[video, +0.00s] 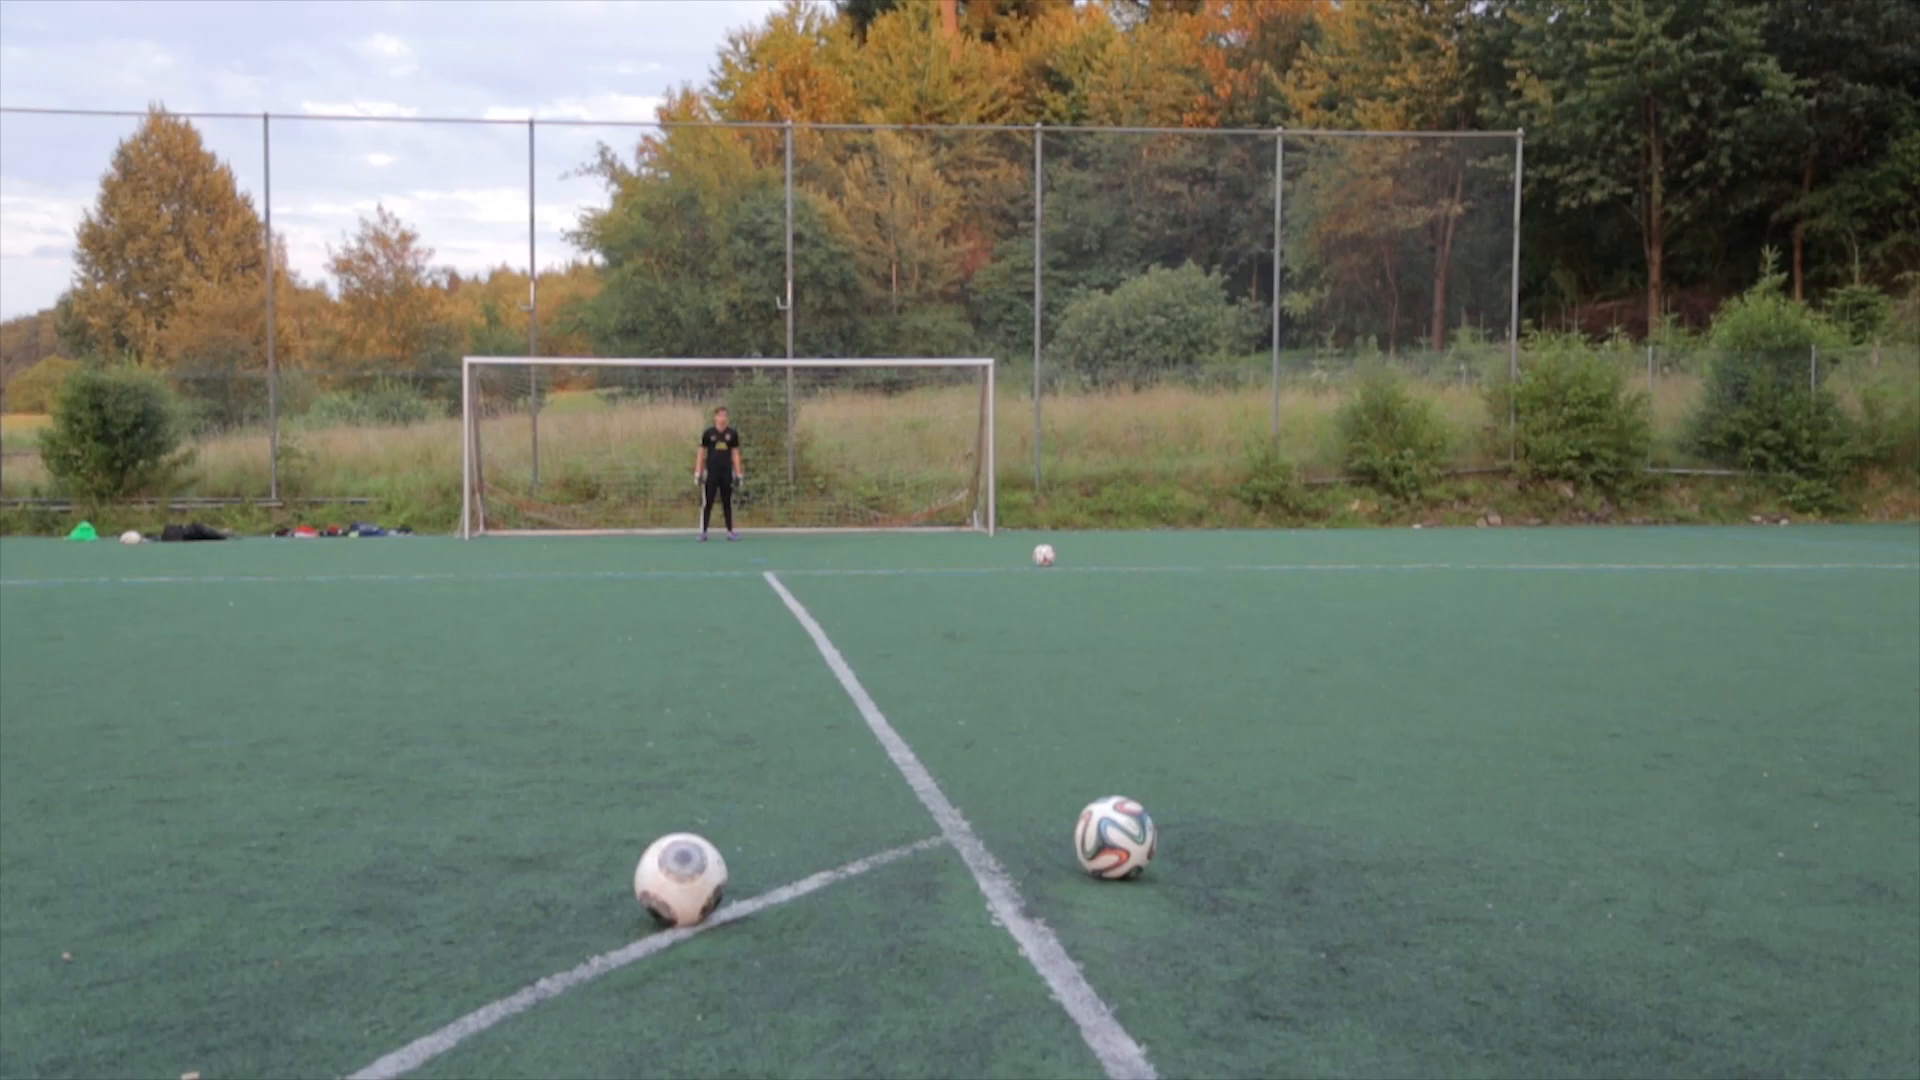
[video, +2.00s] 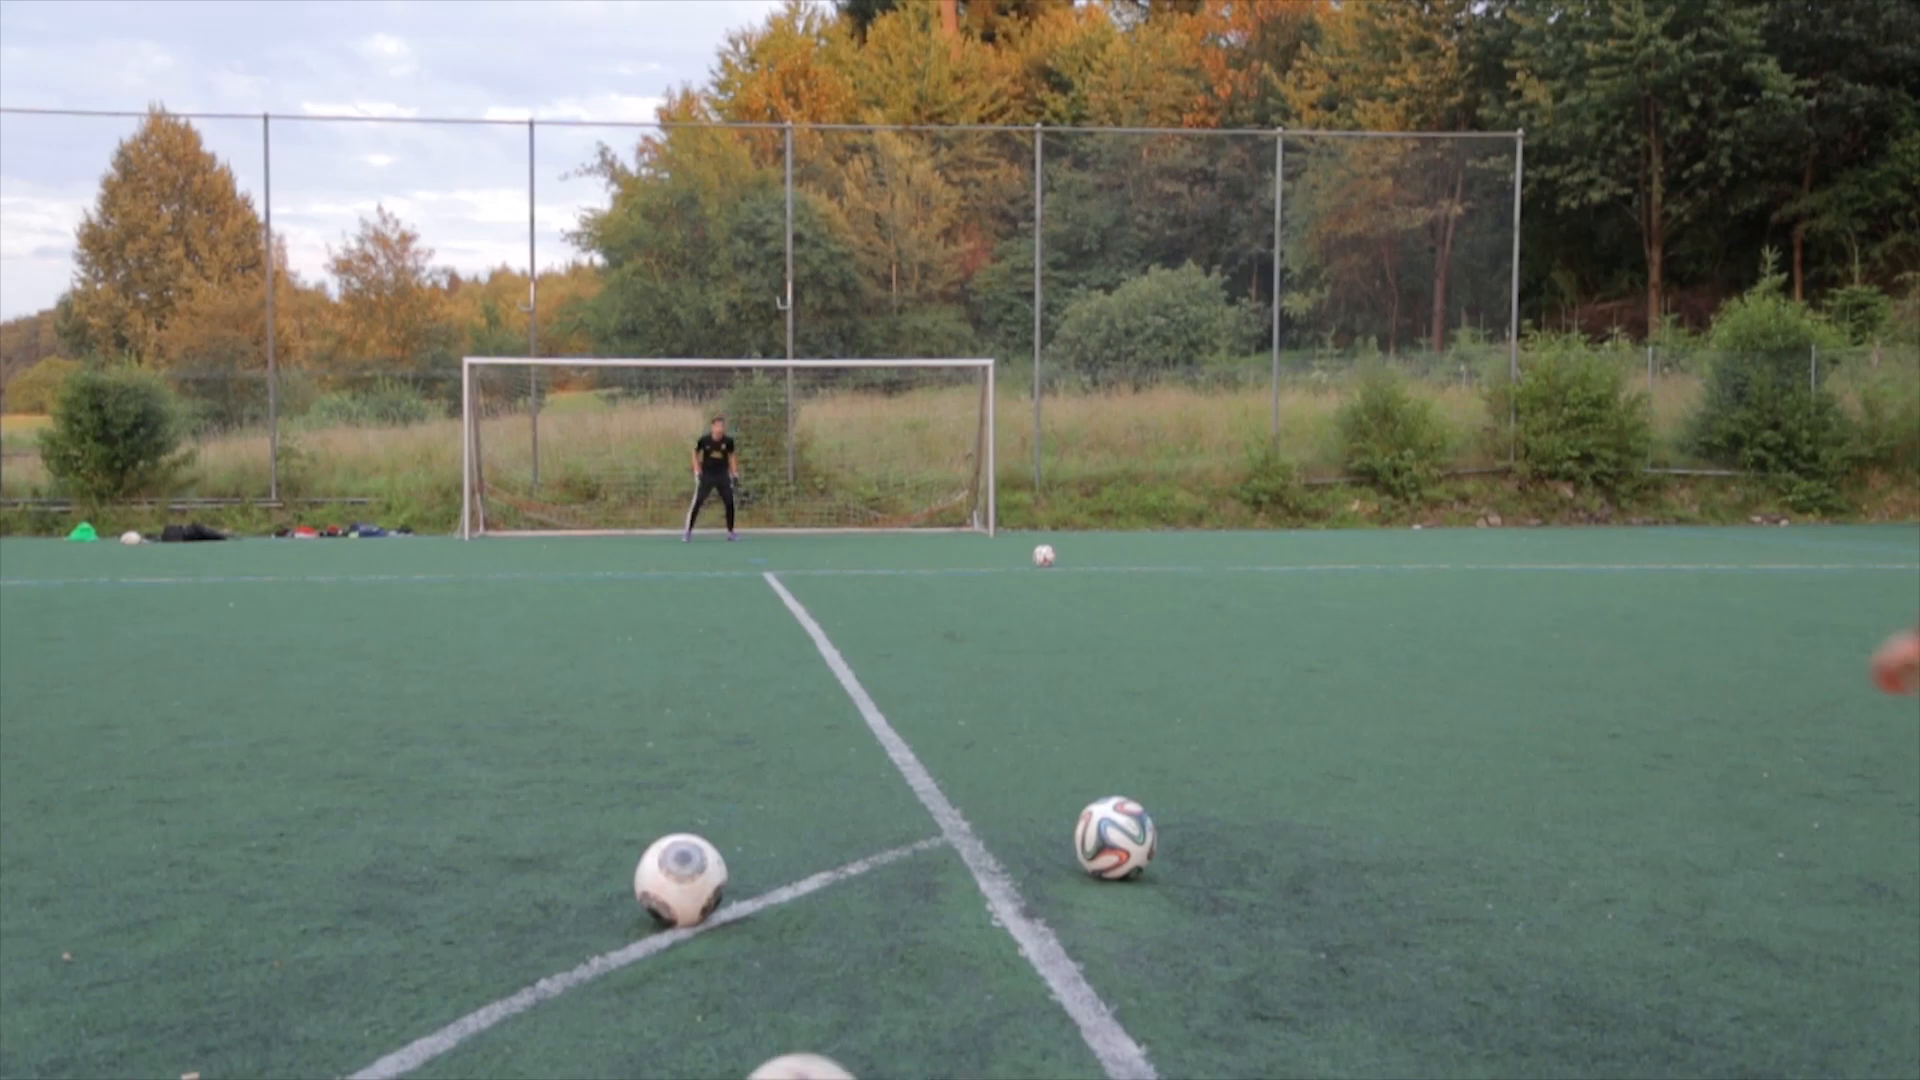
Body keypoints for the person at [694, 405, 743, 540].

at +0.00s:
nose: (723, 419)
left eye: (725, 416)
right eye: (720, 416)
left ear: (728, 418)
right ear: (715, 418)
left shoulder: (732, 434)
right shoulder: (708, 433)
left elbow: (735, 453)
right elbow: (702, 452)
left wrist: (738, 472)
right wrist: (698, 471)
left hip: (726, 473)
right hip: (711, 473)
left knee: (727, 503)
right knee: (708, 503)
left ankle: (730, 530)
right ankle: (703, 530)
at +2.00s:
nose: (718, 429)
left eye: (720, 426)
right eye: (716, 426)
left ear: (724, 428)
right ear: (712, 427)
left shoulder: (728, 442)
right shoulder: (704, 441)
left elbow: (731, 456)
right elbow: (695, 453)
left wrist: (734, 471)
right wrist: (697, 469)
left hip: (723, 476)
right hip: (706, 476)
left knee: (729, 503)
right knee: (697, 502)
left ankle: (730, 530)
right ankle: (688, 531)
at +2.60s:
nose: (726, 446)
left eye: (728, 443)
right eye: (723, 443)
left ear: (731, 444)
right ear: (719, 444)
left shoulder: (736, 457)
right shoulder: (712, 457)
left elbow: (741, 473)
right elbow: (704, 472)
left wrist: (743, 488)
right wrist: (700, 488)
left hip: (731, 486)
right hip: (714, 485)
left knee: (739, 507)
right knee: (704, 507)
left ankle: (747, 532)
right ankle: (699, 534)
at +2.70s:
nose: (731, 445)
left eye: (734, 442)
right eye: (729, 442)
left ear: (736, 443)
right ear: (725, 443)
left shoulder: (743, 456)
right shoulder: (719, 456)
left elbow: (747, 471)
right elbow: (711, 472)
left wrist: (749, 486)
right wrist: (707, 487)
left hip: (738, 486)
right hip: (721, 486)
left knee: (744, 508)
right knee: (710, 508)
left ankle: (748, 532)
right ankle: (701, 533)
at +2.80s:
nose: (737, 442)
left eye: (739, 439)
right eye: (735, 439)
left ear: (743, 439)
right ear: (731, 439)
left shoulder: (750, 450)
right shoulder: (725, 451)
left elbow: (755, 464)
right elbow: (717, 465)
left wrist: (758, 478)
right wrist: (713, 482)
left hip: (746, 482)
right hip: (730, 481)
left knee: (749, 506)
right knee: (717, 505)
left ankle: (749, 532)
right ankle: (705, 532)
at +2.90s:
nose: (743, 438)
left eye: (745, 435)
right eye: (741, 436)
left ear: (748, 435)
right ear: (736, 435)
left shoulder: (756, 445)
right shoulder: (731, 447)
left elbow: (761, 457)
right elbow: (721, 459)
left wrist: (766, 469)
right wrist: (718, 477)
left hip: (753, 476)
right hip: (737, 476)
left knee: (760, 500)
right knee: (726, 500)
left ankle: (755, 529)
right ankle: (721, 527)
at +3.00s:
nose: (749, 437)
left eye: (751, 434)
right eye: (747, 434)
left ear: (754, 436)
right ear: (742, 435)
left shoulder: (762, 447)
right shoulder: (736, 449)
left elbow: (770, 459)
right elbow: (727, 461)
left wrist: (775, 472)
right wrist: (724, 478)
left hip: (759, 476)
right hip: (743, 476)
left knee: (770, 499)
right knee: (736, 499)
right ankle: (734, 527)